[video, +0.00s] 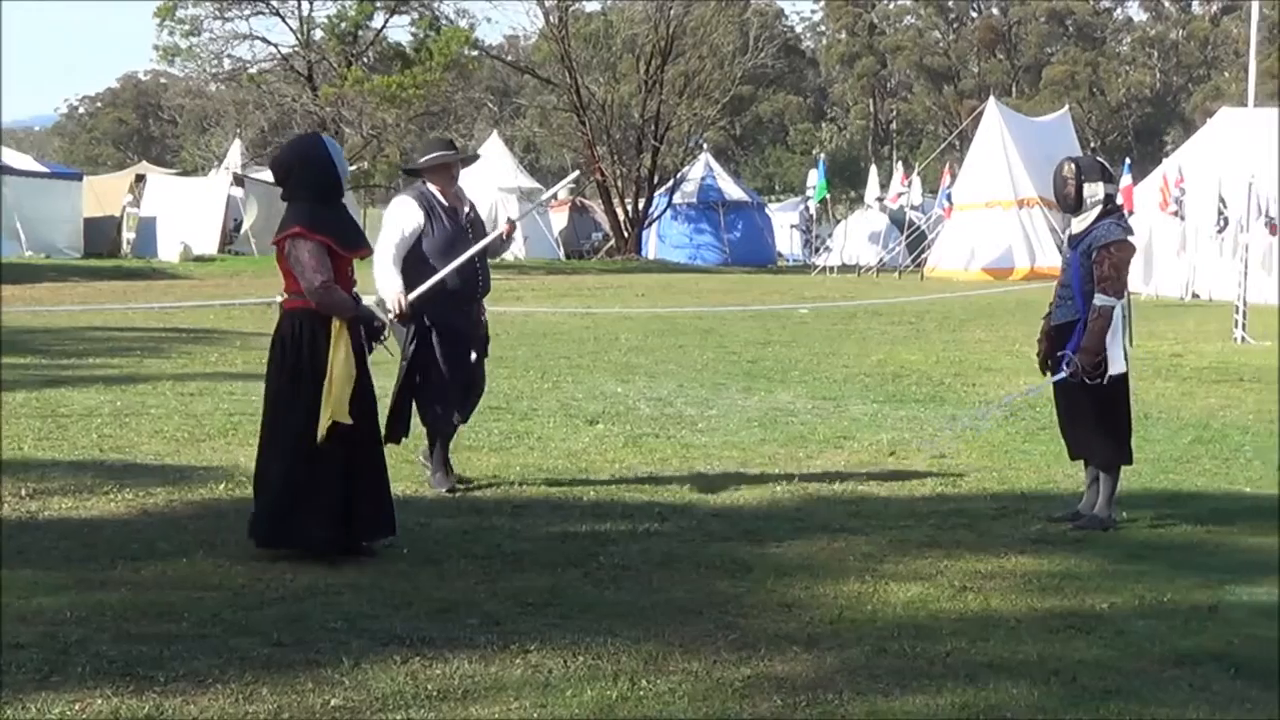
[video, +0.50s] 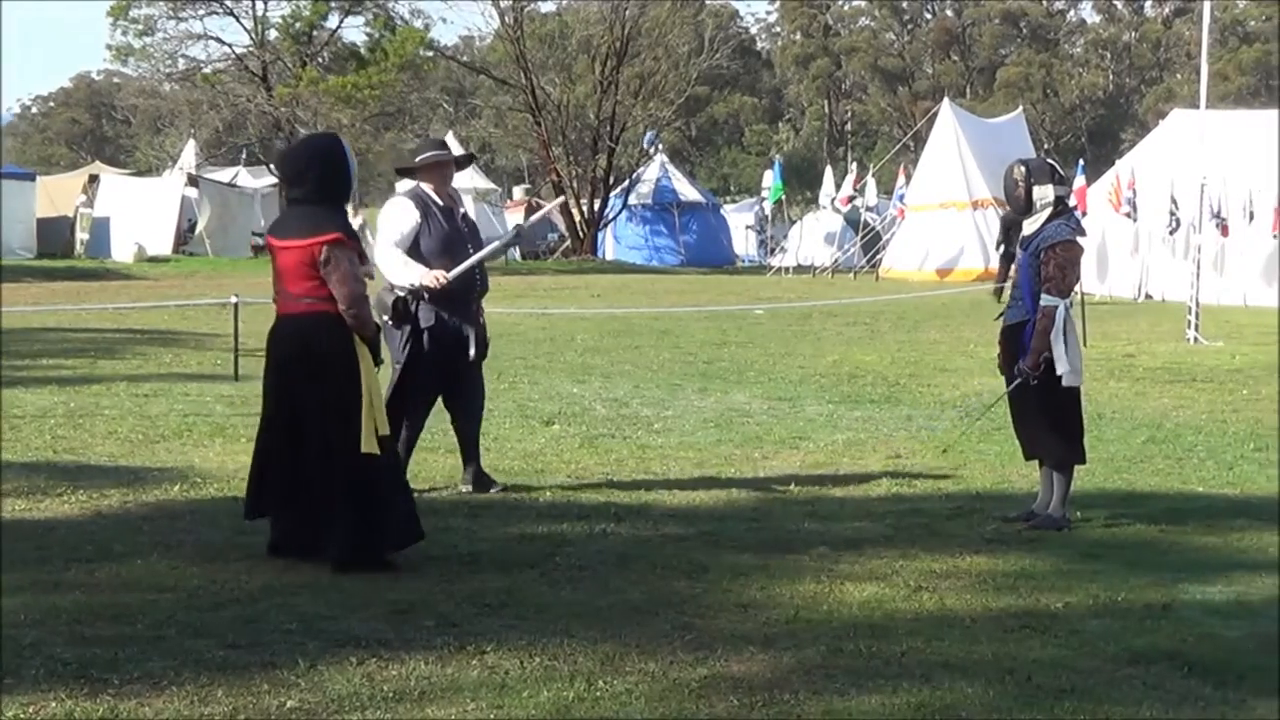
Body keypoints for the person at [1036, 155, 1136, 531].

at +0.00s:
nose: (1066, 190)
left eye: (1073, 183)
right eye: (1065, 183)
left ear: (1095, 187)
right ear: (1071, 188)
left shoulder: (1110, 234)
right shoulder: (1079, 231)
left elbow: (1107, 301)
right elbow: (1065, 289)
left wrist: (1089, 350)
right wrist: (1049, 330)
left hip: (1098, 337)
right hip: (1071, 336)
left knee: (1104, 420)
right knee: (1082, 419)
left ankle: (1104, 508)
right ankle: (1090, 501)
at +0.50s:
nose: (1015, 195)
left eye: (1021, 187)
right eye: (1015, 186)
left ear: (1041, 189)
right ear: (1043, 191)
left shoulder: (1060, 241)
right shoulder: (1036, 234)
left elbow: (1052, 306)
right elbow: (1025, 296)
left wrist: (1036, 352)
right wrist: (1009, 337)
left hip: (1048, 339)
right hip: (1025, 336)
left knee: (1057, 422)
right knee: (1037, 421)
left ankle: (1058, 508)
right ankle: (1044, 502)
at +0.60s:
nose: (1014, 194)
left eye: (1020, 186)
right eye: (1013, 186)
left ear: (1040, 190)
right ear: (1039, 191)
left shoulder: (1057, 240)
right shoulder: (1034, 233)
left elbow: (1049, 305)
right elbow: (1021, 295)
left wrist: (1033, 353)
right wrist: (1005, 334)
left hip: (1045, 338)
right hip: (1022, 336)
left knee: (1053, 420)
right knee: (1033, 420)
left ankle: (1055, 508)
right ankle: (1041, 502)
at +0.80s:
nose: (1006, 194)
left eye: (1013, 187)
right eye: (1004, 186)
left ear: (1035, 190)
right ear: (1007, 191)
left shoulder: (1051, 237)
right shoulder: (1021, 232)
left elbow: (1043, 303)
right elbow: (1010, 292)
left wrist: (1025, 352)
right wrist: (994, 330)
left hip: (1036, 335)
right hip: (1011, 333)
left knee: (1045, 419)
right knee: (1024, 418)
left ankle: (1047, 508)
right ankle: (1032, 501)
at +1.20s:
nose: (1002, 193)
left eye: (1010, 187)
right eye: (999, 187)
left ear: (1032, 190)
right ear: (997, 191)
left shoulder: (1048, 235)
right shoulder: (1010, 232)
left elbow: (1054, 301)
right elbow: (999, 288)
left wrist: (1042, 353)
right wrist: (986, 331)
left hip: (1035, 336)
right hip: (1006, 336)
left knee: (1043, 418)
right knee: (1019, 417)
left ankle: (1042, 508)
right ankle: (1027, 501)